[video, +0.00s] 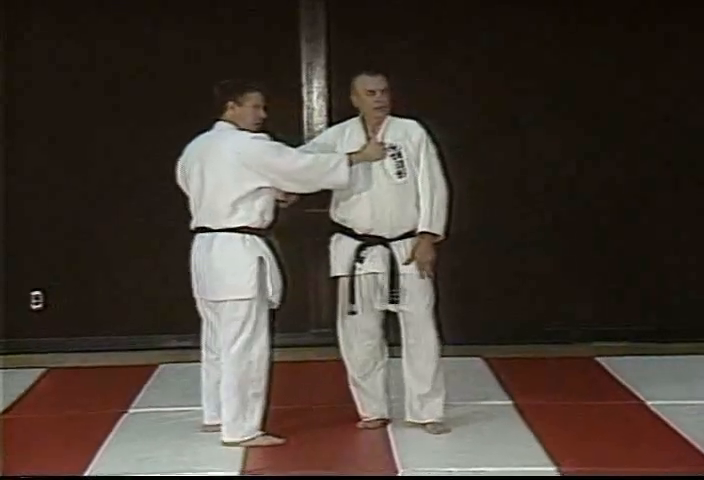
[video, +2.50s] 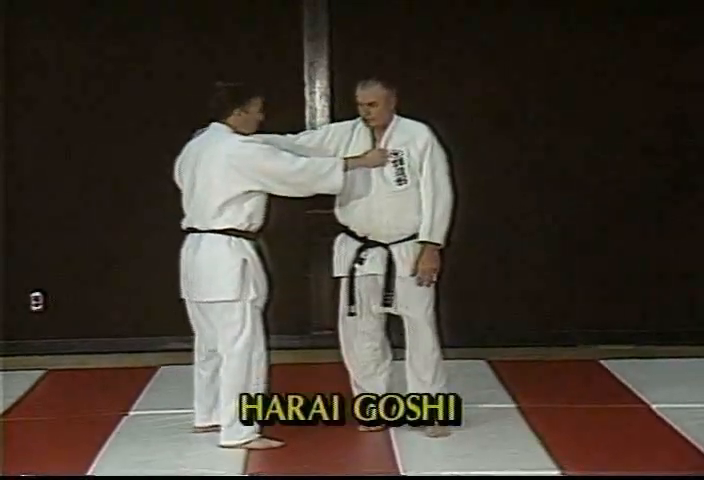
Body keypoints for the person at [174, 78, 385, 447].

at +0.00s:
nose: (262, 114)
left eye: (262, 107)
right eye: (256, 108)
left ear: (229, 112)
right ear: (232, 108)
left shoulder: (195, 148)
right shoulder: (250, 146)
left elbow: (190, 185)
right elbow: (301, 167)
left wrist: (269, 196)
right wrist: (358, 156)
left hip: (203, 249)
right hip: (239, 251)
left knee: (214, 340)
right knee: (244, 344)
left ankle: (214, 415)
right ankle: (240, 429)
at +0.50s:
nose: (260, 125)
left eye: (261, 118)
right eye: (257, 117)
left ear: (226, 113)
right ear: (238, 113)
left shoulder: (191, 146)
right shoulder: (243, 149)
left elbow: (176, 177)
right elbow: (295, 168)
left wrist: (255, 189)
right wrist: (355, 157)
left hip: (192, 251)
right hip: (229, 254)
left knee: (201, 342)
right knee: (240, 345)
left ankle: (203, 414)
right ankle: (241, 431)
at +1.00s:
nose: (256, 126)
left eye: (257, 119)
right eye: (254, 118)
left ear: (224, 113)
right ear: (237, 113)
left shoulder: (190, 146)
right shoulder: (235, 149)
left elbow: (175, 176)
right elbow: (288, 169)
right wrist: (350, 158)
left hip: (194, 249)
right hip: (228, 253)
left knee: (206, 340)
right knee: (239, 344)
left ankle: (203, 413)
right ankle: (237, 430)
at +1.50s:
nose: (259, 122)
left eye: (260, 115)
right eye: (257, 114)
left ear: (225, 112)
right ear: (239, 112)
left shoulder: (194, 143)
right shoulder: (238, 148)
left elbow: (177, 176)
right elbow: (292, 168)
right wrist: (355, 160)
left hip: (195, 248)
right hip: (229, 253)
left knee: (205, 343)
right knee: (237, 346)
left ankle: (206, 415)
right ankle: (237, 430)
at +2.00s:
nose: (264, 129)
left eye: (266, 122)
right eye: (263, 121)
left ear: (232, 115)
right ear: (244, 115)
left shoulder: (195, 145)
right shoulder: (242, 150)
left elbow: (179, 176)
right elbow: (296, 170)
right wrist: (359, 162)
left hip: (185, 251)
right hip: (221, 255)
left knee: (198, 345)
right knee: (234, 346)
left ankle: (202, 417)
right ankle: (237, 431)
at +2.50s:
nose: (261, 118)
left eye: (261, 110)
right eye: (257, 111)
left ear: (227, 114)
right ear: (237, 113)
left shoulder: (195, 146)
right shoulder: (242, 150)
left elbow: (179, 176)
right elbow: (296, 169)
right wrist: (359, 161)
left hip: (195, 251)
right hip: (229, 256)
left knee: (208, 344)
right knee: (242, 346)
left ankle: (207, 416)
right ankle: (239, 431)